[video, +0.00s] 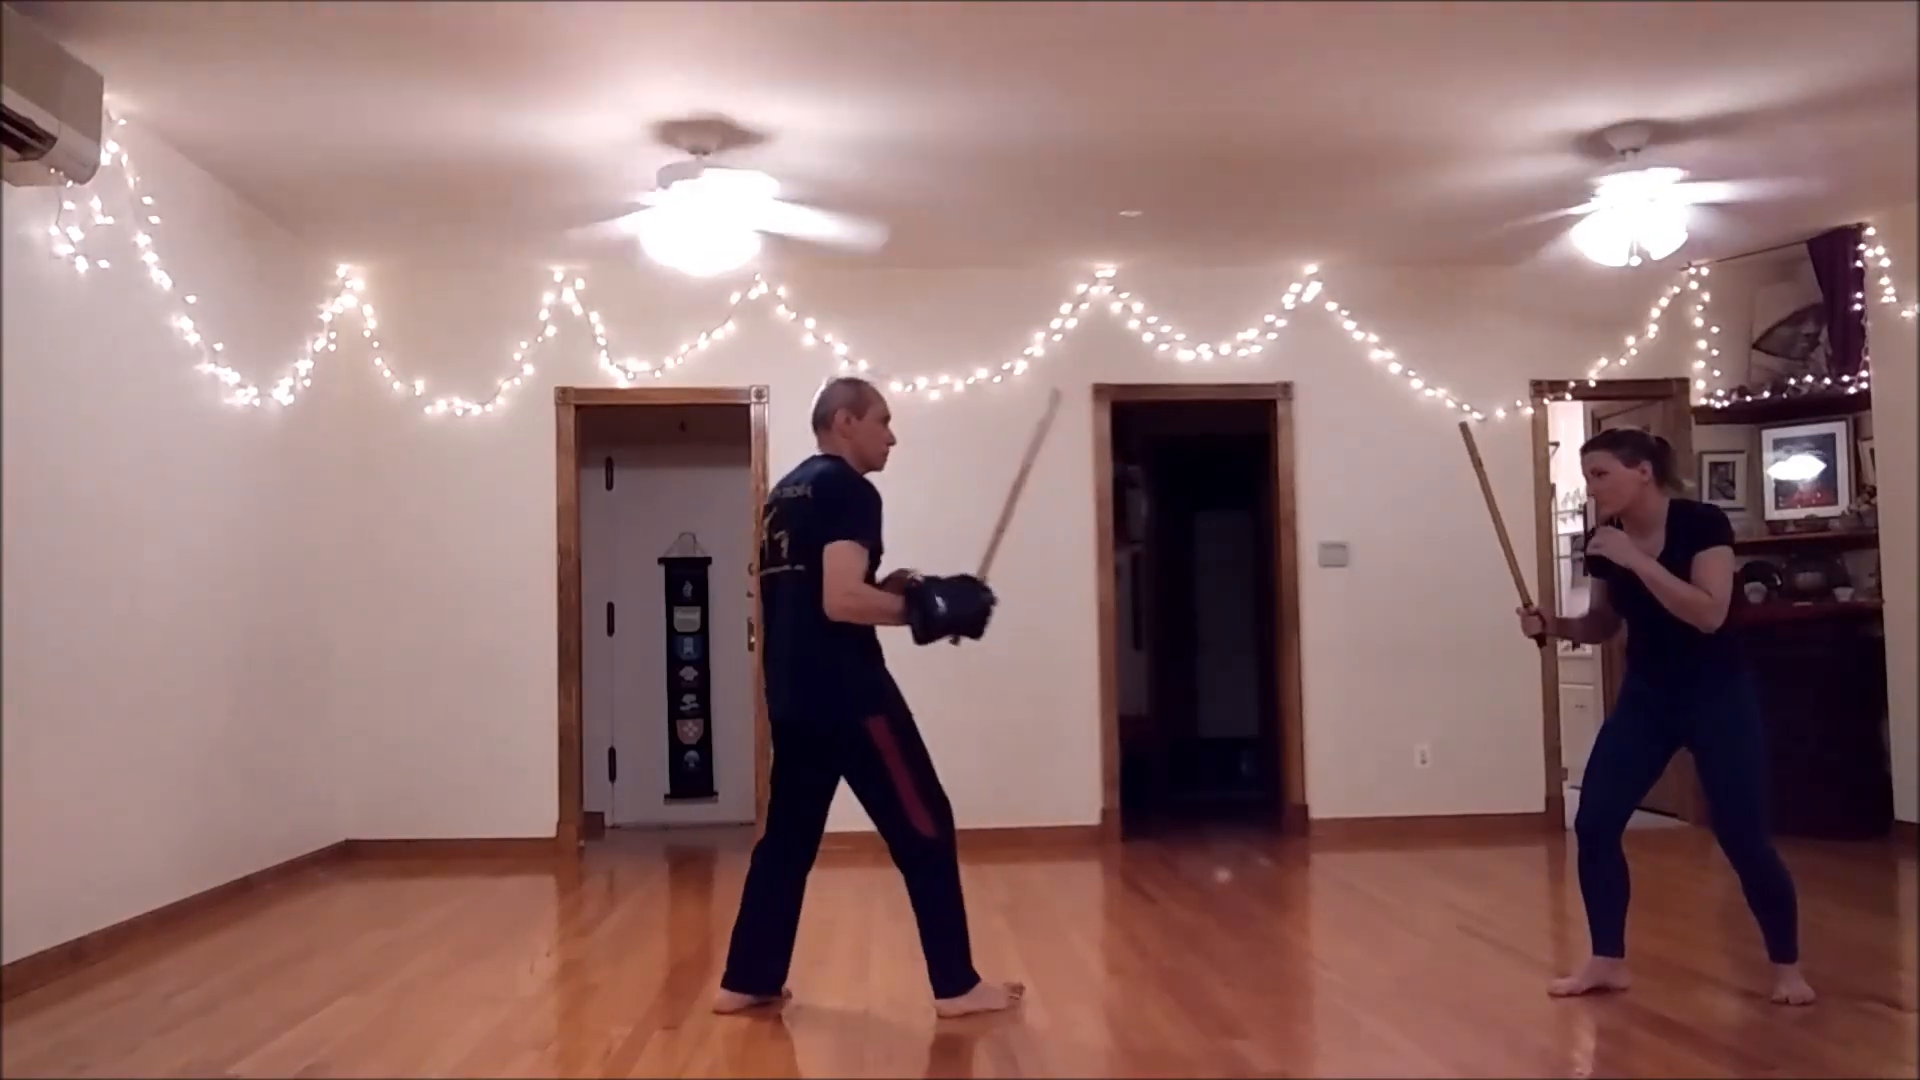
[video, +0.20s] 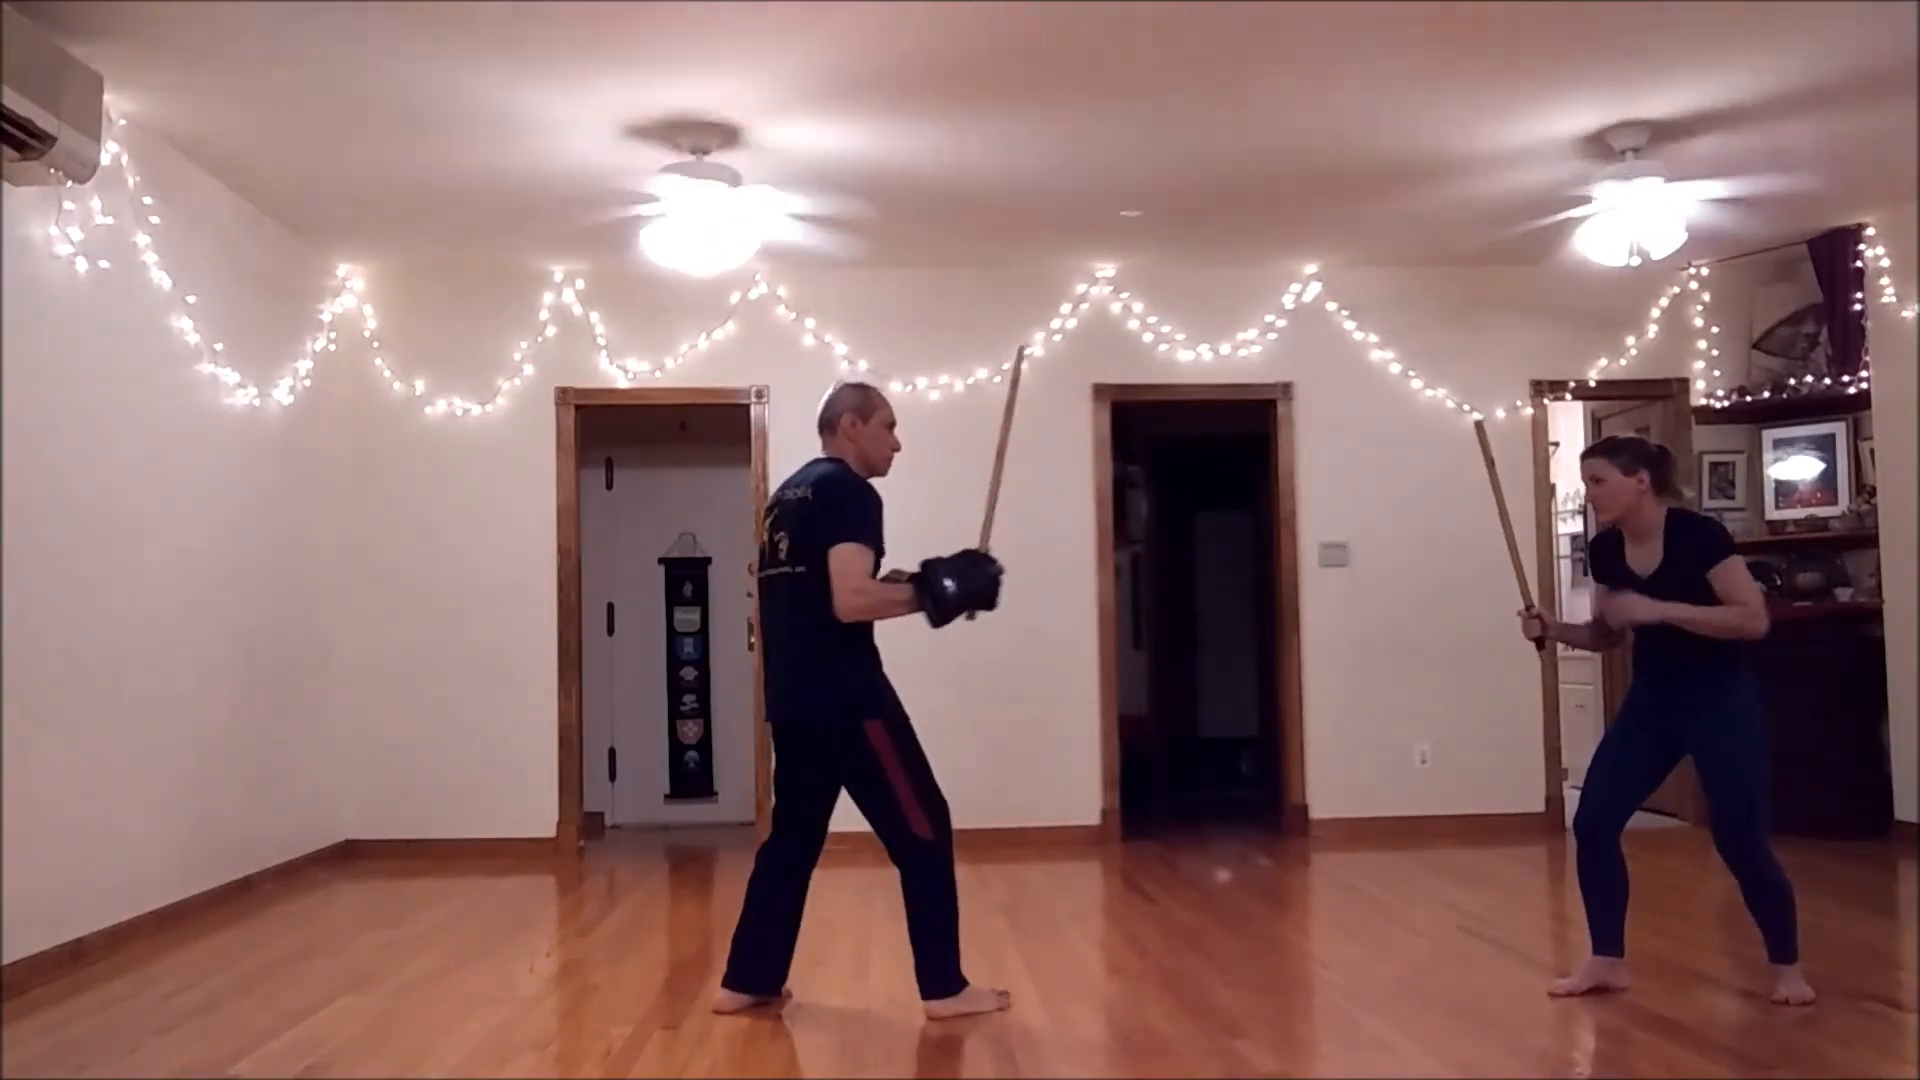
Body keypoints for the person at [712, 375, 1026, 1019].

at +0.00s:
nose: (892, 435)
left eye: (890, 423)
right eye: (883, 421)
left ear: (837, 424)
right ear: (845, 421)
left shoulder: (788, 490)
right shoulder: (847, 489)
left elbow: (803, 603)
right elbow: (843, 599)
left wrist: (881, 591)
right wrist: (924, 609)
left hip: (797, 697)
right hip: (854, 695)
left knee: (787, 839)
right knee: (925, 830)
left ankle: (747, 982)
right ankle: (956, 985)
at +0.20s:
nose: (897, 441)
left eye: (895, 428)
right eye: (888, 427)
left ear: (840, 429)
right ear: (850, 426)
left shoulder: (791, 493)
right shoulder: (847, 490)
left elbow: (823, 599)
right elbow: (852, 599)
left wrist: (914, 583)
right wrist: (937, 588)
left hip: (796, 702)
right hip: (852, 699)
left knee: (792, 839)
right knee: (924, 833)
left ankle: (747, 983)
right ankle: (943, 988)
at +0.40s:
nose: (919, 443)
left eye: (918, 430)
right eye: (911, 429)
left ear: (861, 430)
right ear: (873, 428)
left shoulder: (811, 493)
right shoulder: (870, 493)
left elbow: (829, 595)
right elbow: (894, 605)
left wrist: (908, 568)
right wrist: (978, 598)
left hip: (806, 700)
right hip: (865, 698)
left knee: (799, 838)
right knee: (936, 835)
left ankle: (749, 982)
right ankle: (948, 990)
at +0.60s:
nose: (950, 445)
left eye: (949, 433)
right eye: (942, 432)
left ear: (892, 432)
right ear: (907, 431)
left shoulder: (837, 490)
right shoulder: (896, 496)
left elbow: (850, 586)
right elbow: (906, 612)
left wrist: (928, 572)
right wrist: (984, 609)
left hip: (820, 698)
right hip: (880, 699)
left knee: (805, 835)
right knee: (946, 832)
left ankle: (750, 979)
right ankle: (948, 989)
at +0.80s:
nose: (953, 447)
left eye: (952, 434)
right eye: (946, 433)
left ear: (897, 433)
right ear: (909, 431)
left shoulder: (840, 491)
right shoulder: (898, 498)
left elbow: (852, 593)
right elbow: (913, 612)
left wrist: (932, 577)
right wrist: (993, 618)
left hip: (822, 700)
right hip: (884, 700)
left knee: (805, 835)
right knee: (950, 835)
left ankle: (751, 983)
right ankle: (949, 990)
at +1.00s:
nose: (940, 443)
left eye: (939, 431)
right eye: (932, 430)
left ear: (885, 430)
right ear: (896, 428)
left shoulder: (832, 491)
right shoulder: (886, 493)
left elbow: (858, 592)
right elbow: (906, 611)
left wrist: (931, 564)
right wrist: (985, 612)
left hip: (822, 700)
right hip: (882, 699)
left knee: (803, 836)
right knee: (947, 834)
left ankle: (750, 983)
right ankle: (948, 989)